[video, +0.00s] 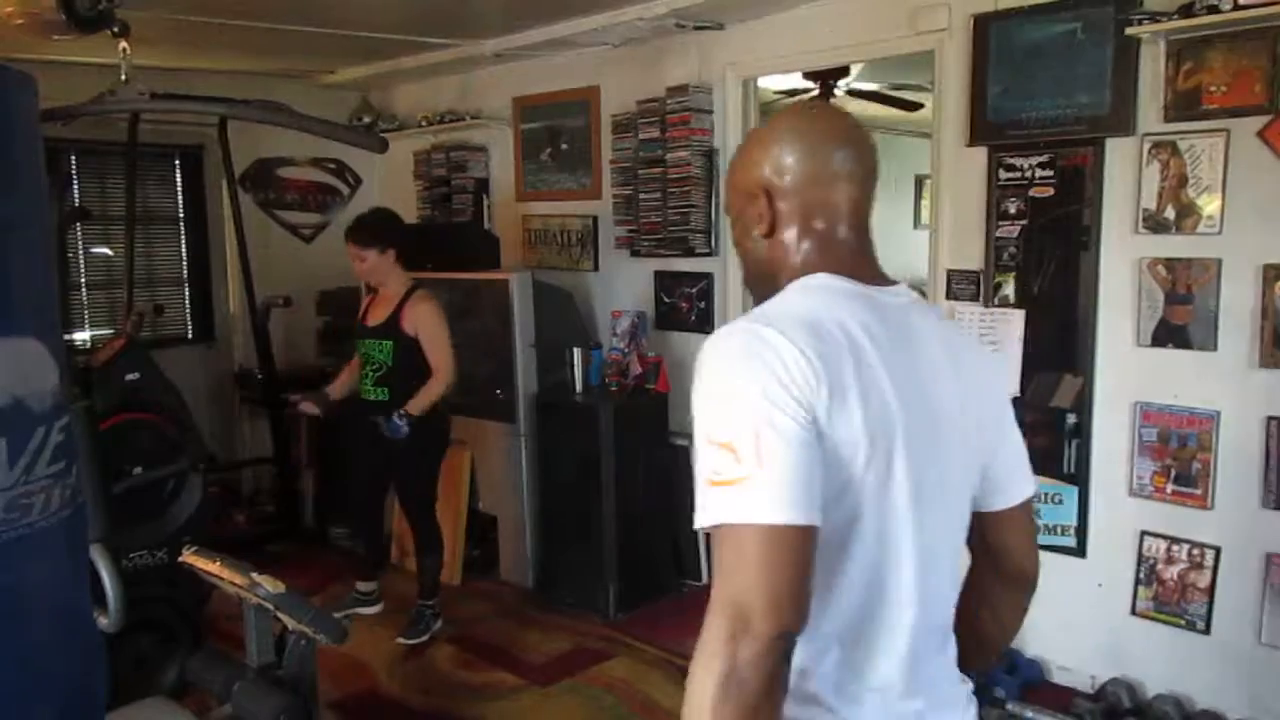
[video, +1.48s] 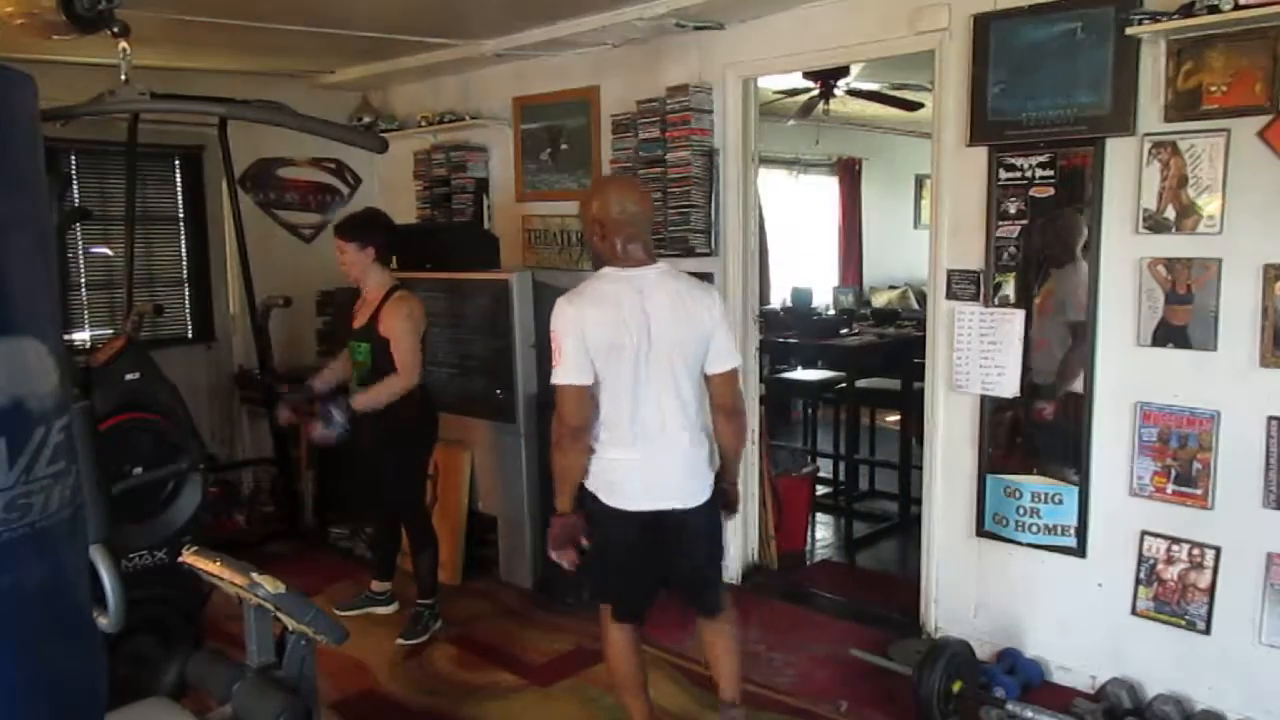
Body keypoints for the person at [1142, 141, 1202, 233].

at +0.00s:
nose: (1157, 159)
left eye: (1159, 154)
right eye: (1155, 156)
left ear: (1168, 150)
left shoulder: (1175, 161)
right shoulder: (1164, 166)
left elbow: (1171, 187)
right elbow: (1161, 189)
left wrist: (1160, 213)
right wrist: (1157, 213)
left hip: (1191, 211)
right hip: (1180, 212)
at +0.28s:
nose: (1157, 158)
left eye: (1159, 153)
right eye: (1155, 155)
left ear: (1169, 149)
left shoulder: (1175, 161)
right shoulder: (1164, 165)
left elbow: (1170, 187)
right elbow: (1161, 187)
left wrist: (1160, 212)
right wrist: (1157, 212)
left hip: (1190, 211)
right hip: (1180, 211)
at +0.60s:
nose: (1157, 158)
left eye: (1159, 153)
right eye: (1155, 155)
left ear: (1169, 150)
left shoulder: (1175, 162)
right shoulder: (1164, 165)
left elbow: (1170, 187)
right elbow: (1161, 188)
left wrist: (1160, 213)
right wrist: (1157, 212)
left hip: (1190, 211)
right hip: (1180, 212)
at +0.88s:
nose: (1158, 159)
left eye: (1160, 154)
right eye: (1156, 156)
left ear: (1168, 150)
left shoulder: (1175, 161)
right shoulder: (1164, 165)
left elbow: (1170, 187)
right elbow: (1162, 188)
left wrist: (1160, 213)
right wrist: (1157, 213)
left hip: (1191, 210)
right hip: (1180, 212)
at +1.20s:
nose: (1158, 159)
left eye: (1159, 154)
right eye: (1156, 156)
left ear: (1168, 150)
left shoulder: (1175, 161)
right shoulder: (1164, 165)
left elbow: (1170, 187)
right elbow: (1162, 188)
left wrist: (1161, 213)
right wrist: (1157, 212)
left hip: (1190, 211)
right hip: (1180, 212)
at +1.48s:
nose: (1157, 158)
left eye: (1159, 153)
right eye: (1155, 156)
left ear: (1168, 149)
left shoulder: (1175, 161)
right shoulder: (1164, 165)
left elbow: (1171, 187)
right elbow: (1162, 188)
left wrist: (1161, 213)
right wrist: (1157, 212)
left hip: (1190, 212)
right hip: (1180, 213)